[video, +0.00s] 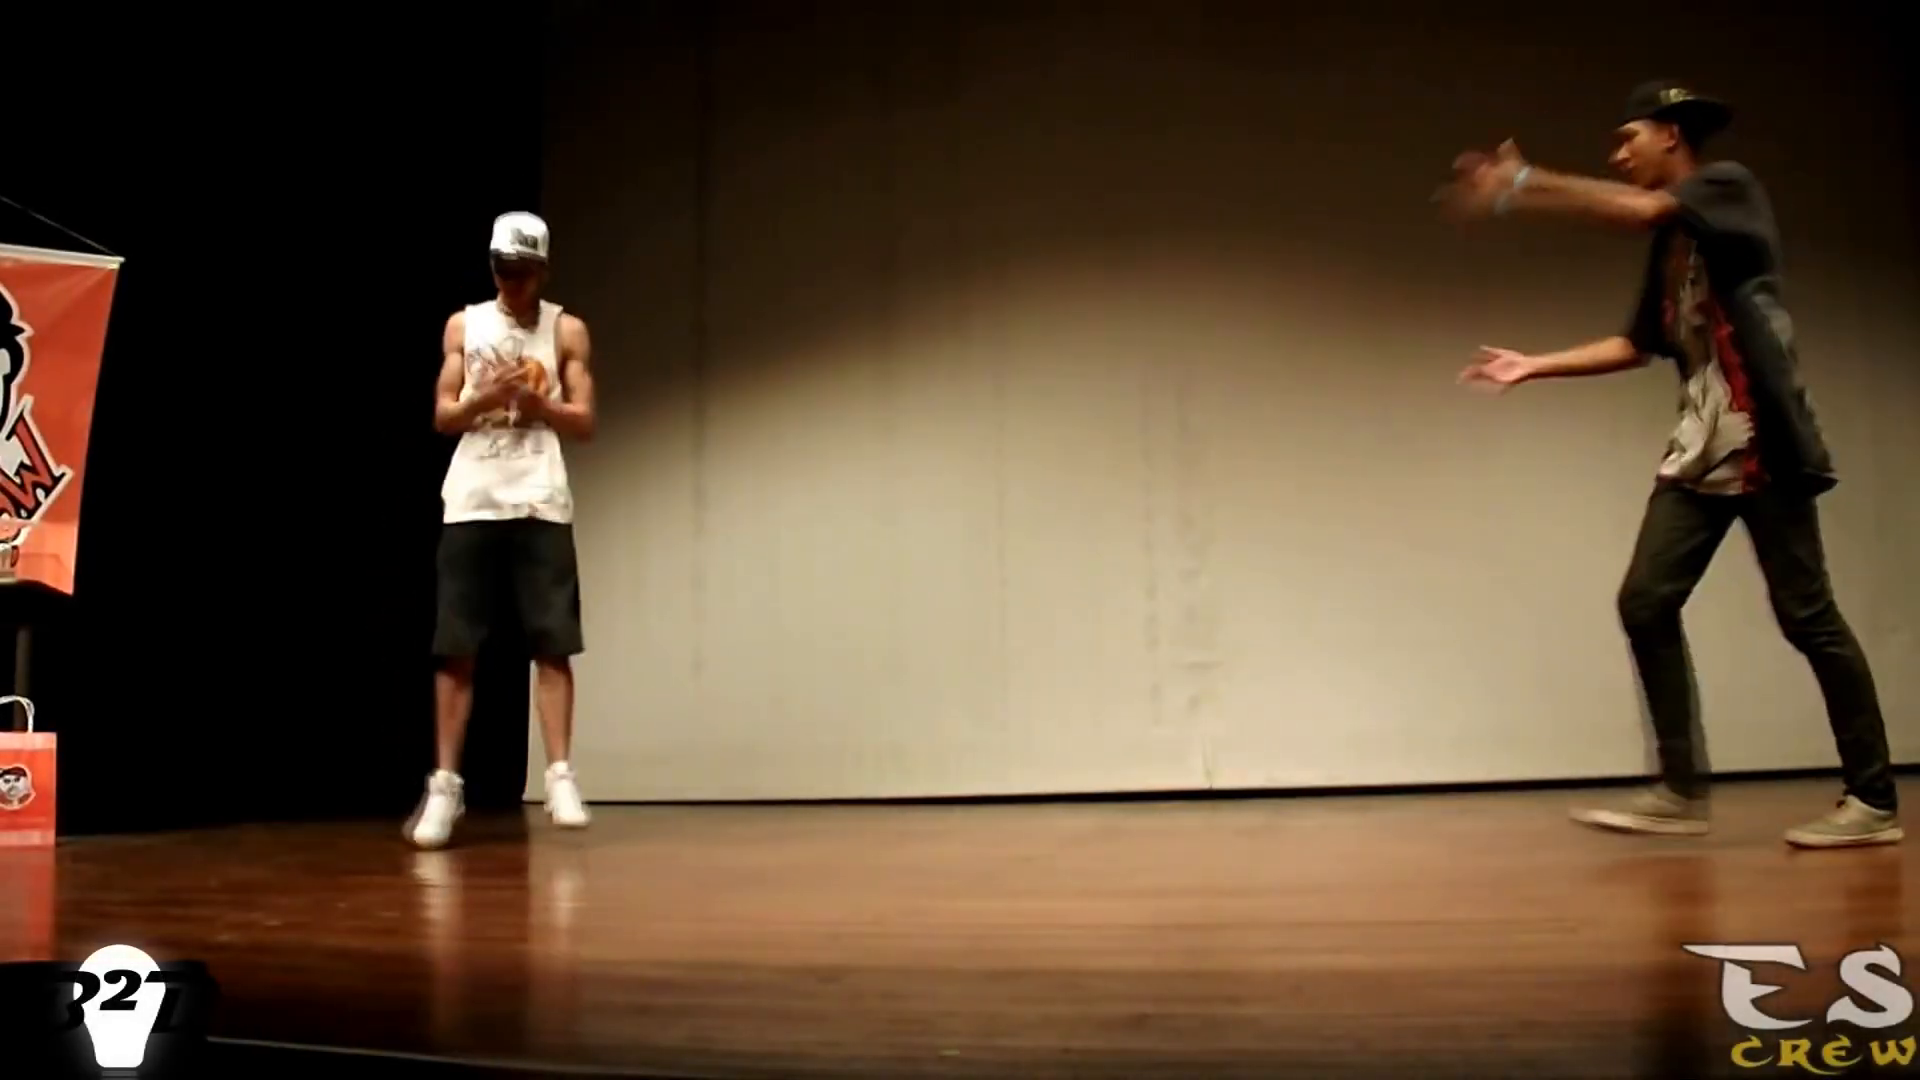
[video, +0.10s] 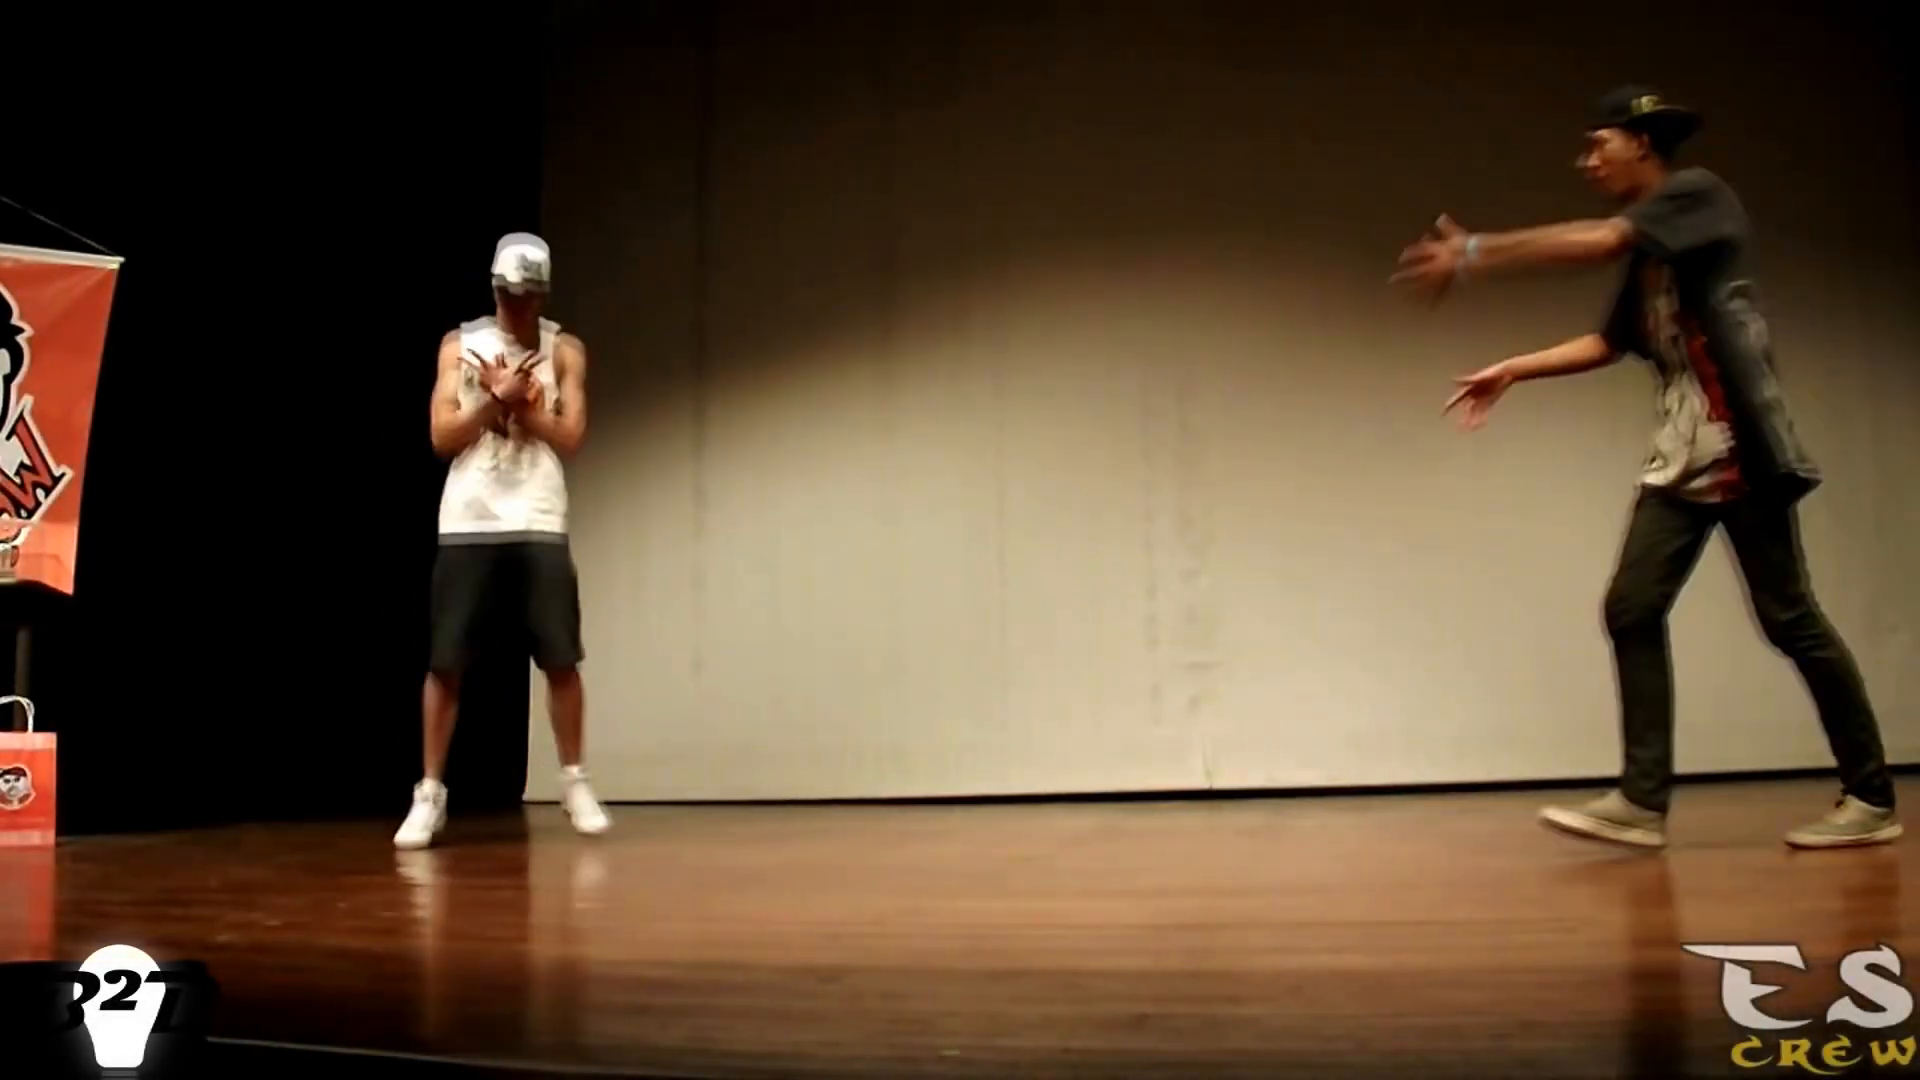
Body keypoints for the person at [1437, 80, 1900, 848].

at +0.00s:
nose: (1619, 150)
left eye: (1630, 135)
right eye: (1619, 139)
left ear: (1674, 135)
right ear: (1662, 144)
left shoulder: (1731, 188)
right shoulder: (1666, 228)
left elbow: (1641, 208)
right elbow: (1640, 343)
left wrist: (1521, 184)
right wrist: (1533, 363)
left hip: (1769, 438)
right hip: (1701, 444)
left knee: (1809, 615)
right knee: (1647, 604)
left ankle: (1875, 801)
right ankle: (1682, 796)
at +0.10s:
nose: (1588, 158)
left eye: (1600, 143)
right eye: (1589, 146)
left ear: (1644, 143)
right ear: (1632, 152)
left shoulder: (1700, 193)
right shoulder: (1644, 238)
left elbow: (1603, 238)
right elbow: (1608, 343)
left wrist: (1473, 250)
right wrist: (1510, 368)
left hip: (1747, 447)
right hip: (1681, 454)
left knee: (1792, 619)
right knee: (1632, 610)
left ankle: (1872, 798)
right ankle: (1641, 805)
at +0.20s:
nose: (1545, 165)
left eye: (1558, 150)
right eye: (1546, 153)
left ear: (1602, 153)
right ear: (1589, 161)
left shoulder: (1661, 208)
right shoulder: (1614, 247)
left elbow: (1565, 276)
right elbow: (1573, 353)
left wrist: (1442, 301)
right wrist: (1479, 380)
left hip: (1717, 467)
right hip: (1650, 473)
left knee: (1757, 623)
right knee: (1609, 619)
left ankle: (1864, 788)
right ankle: (1637, 811)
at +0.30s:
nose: (1497, 187)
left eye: (1509, 171)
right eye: (1498, 173)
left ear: (1551, 171)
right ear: (1545, 177)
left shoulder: (1614, 219)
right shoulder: (1574, 264)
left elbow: (1528, 296)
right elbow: (1535, 369)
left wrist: (1402, 331)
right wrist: (1434, 397)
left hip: (1673, 468)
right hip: (1617, 474)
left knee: (1661, 622)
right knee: (1580, 627)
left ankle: (1819, 749)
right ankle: (1633, 810)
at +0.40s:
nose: (1452, 233)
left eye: (1458, 213)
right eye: (1449, 219)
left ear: (1499, 200)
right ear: (1492, 208)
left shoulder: (1562, 237)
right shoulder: (1538, 275)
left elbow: (1469, 317)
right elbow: (1485, 388)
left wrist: (1347, 365)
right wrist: (1387, 429)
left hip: (1637, 463)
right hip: (1614, 465)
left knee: (1556, 618)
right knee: (1548, 618)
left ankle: (1711, 737)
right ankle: (1628, 808)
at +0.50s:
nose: (1402, 288)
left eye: (1406, 271)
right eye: (1399, 275)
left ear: (1437, 257)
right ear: (1445, 261)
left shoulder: (1503, 278)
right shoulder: (1491, 327)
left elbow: (1411, 363)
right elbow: (1429, 434)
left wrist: (1294, 426)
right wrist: (1342, 488)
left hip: (1602, 473)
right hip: (1626, 479)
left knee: (1471, 592)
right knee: (1522, 637)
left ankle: (1607, 792)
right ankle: (1626, 807)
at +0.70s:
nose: (1310, 445)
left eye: (1314, 428)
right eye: (1309, 430)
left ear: (1341, 421)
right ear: (1369, 413)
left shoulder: (1392, 445)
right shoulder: (1422, 465)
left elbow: (1323, 561)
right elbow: (1380, 602)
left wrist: (1217, 598)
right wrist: (1273, 618)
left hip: (1525, 576)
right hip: (1572, 583)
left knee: (1364, 636)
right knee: (1441, 718)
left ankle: (1322, 828)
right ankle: (1596, 791)